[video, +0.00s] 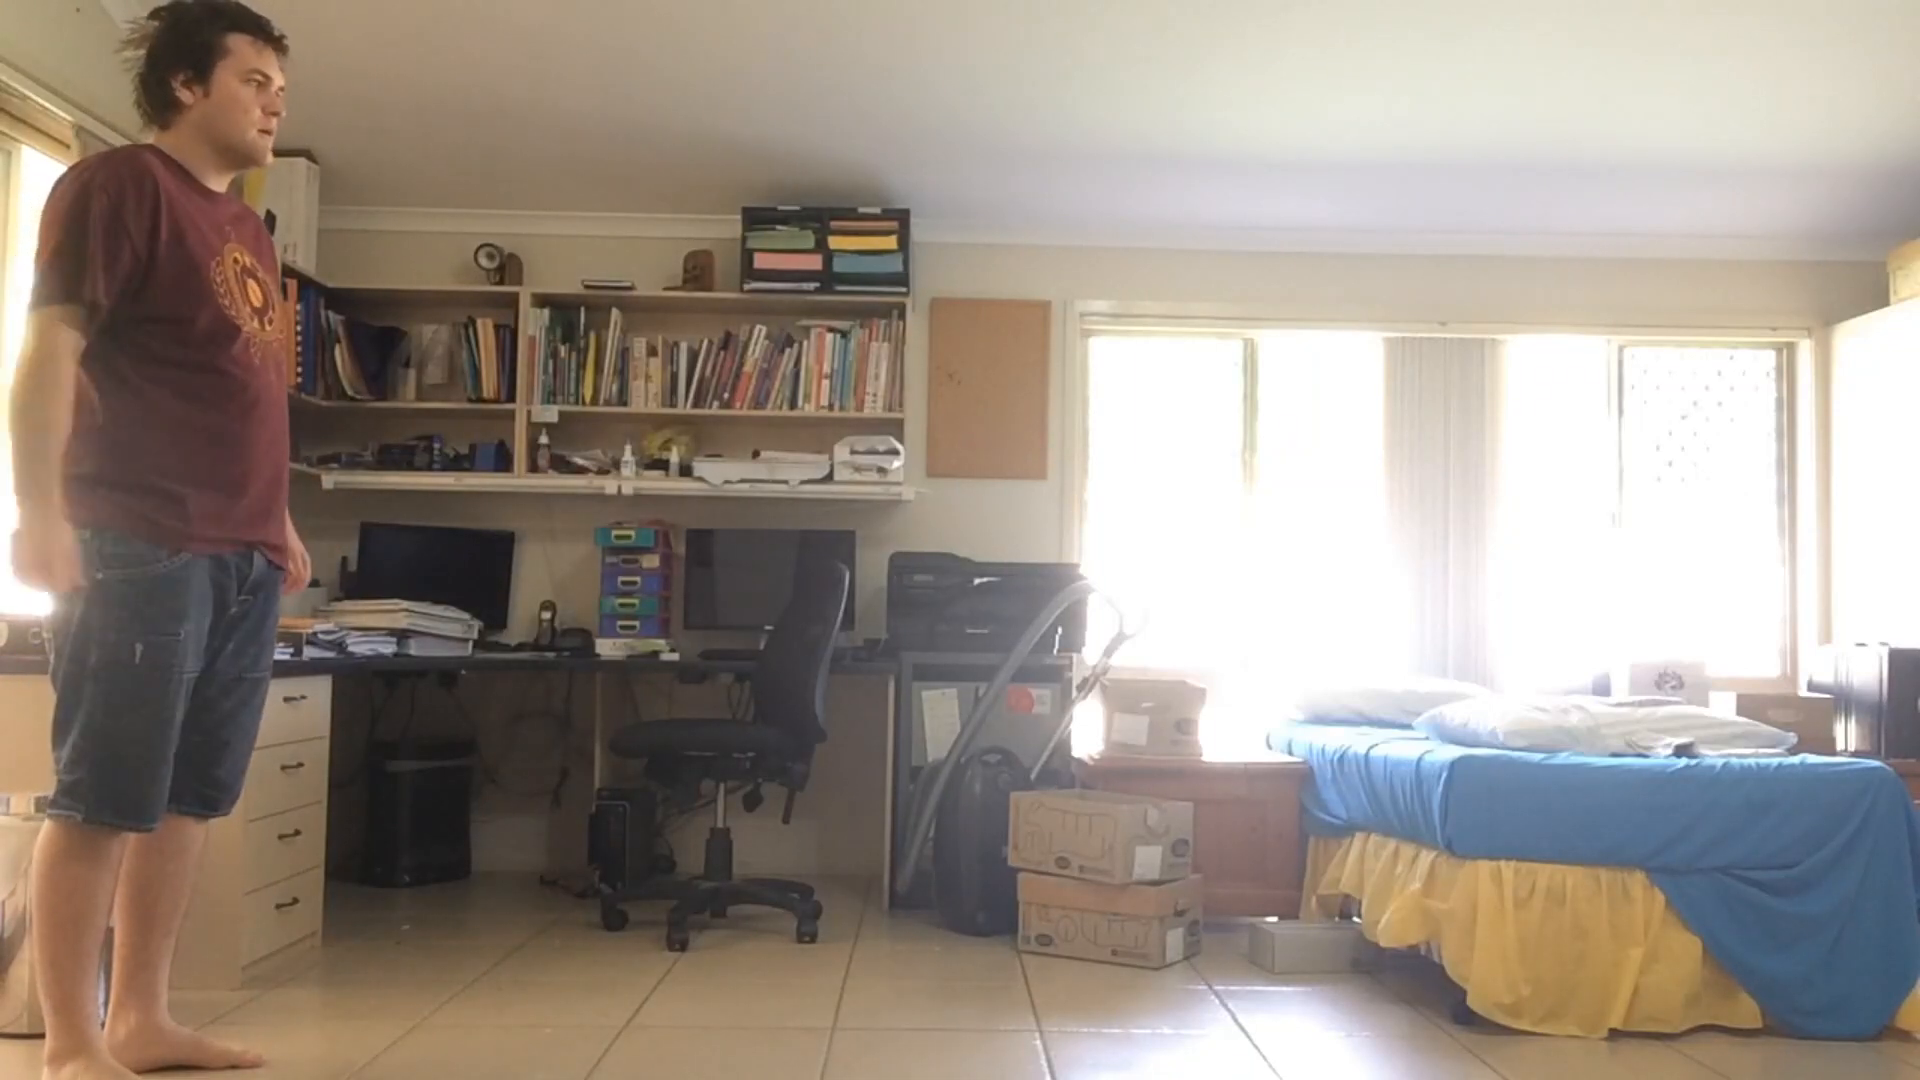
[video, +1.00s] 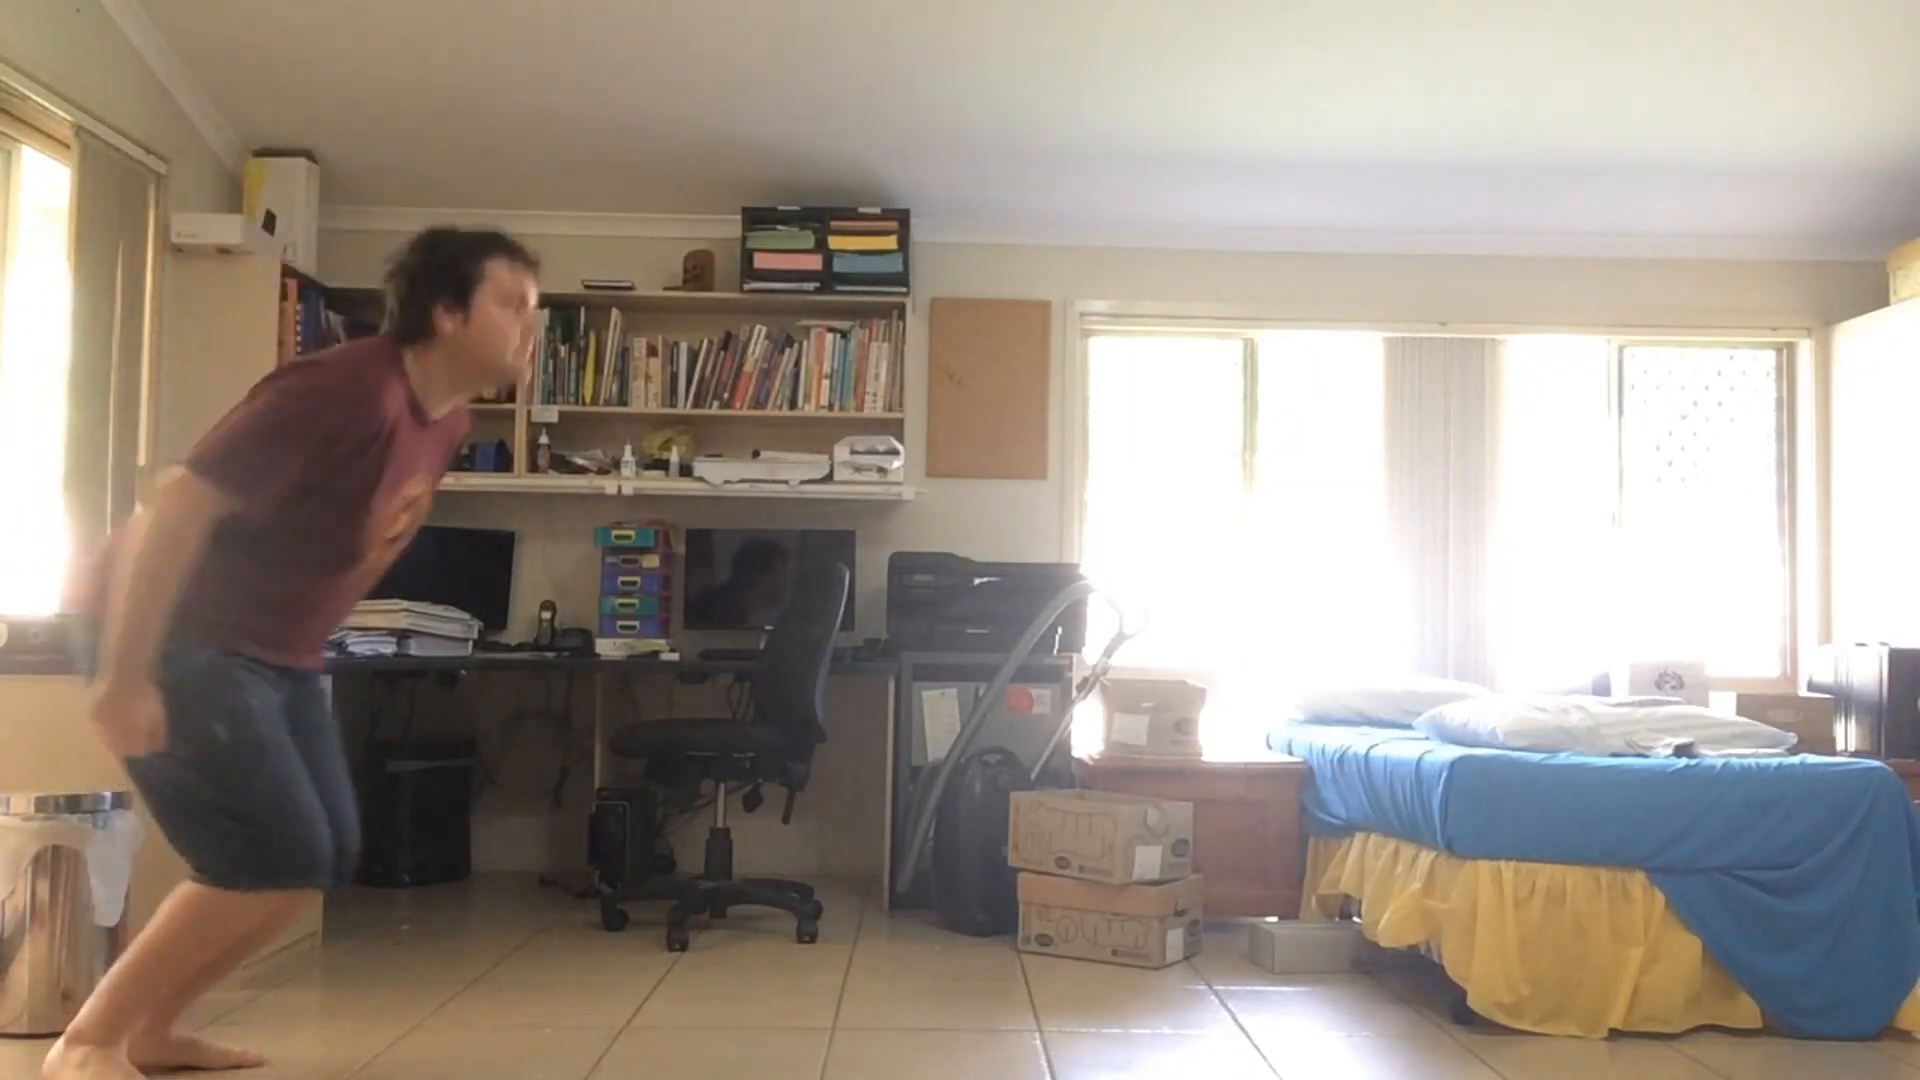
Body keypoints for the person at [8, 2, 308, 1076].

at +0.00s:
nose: (276, 102)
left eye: (280, 87)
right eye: (258, 82)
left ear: (266, 105)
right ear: (187, 88)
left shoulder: (251, 224)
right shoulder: (116, 182)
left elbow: (246, 394)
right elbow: (49, 348)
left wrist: (275, 519)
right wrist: (40, 515)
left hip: (246, 553)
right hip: (136, 542)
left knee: (184, 799)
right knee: (99, 798)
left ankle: (141, 1023)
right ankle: (68, 1045)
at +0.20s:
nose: (271, 99)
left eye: (276, 85)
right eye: (252, 79)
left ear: (264, 104)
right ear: (183, 88)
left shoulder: (252, 223)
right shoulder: (117, 180)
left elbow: (256, 391)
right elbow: (79, 359)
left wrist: (273, 537)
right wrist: (119, 533)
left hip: (252, 553)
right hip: (151, 545)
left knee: (185, 801)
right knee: (102, 800)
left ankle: (142, 1023)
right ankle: (69, 1045)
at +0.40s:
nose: (300, 107)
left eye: (304, 92)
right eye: (281, 83)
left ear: (286, 110)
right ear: (210, 89)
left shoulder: (271, 230)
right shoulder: (137, 180)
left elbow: (267, 400)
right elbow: (83, 353)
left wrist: (282, 537)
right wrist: (121, 528)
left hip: (252, 559)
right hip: (150, 549)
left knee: (188, 803)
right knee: (105, 803)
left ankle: (140, 1022)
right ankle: (68, 1046)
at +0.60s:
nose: (379, 136)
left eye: (383, 121)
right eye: (360, 111)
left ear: (352, 133)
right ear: (289, 110)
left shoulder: (321, 249)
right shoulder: (193, 195)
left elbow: (271, 410)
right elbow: (97, 360)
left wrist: (266, 544)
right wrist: (119, 533)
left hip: (249, 560)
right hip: (151, 548)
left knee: (211, 805)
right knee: (126, 808)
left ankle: (143, 1022)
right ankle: (72, 1045)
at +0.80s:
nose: (486, 266)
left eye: (489, 247)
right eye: (469, 240)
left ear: (419, 252)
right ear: (399, 239)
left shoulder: (396, 357)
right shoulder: (278, 304)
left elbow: (281, 460)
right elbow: (119, 408)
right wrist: (100, 586)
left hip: (235, 602)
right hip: (140, 589)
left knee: (262, 808)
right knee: (195, 811)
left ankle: (144, 1027)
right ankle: (76, 1048)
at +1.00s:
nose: (533, 327)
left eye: (534, 309)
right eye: (516, 306)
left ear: (471, 323)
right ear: (448, 316)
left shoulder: (448, 423)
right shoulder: (339, 388)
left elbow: (347, 541)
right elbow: (183, 498)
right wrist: (126, 676)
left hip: (292, 665)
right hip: (199, 651)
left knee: (318, 858)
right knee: (271, 862)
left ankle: (147, 1030)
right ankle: (84, 1049)